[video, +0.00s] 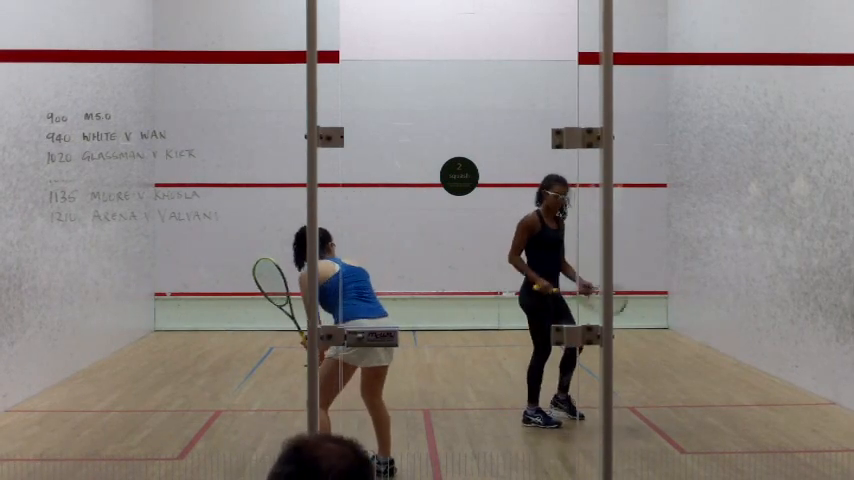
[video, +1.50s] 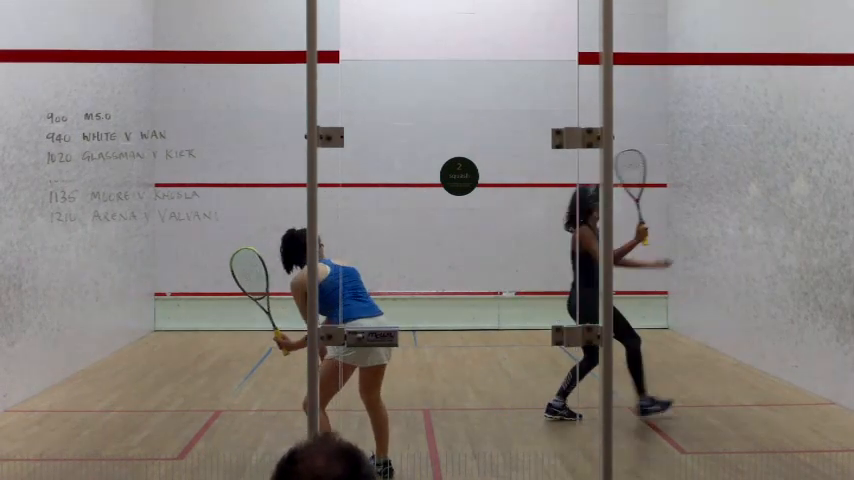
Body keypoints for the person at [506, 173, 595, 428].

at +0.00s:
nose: (563, 201)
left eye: (565, 196)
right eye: (560, 196)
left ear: (562, 198)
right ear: (545, 194)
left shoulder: (558, 222)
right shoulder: (530, 222)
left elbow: (557, 259)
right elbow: (513, 257)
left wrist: (578, 280)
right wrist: (537, 280)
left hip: (553, 293)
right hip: (533, 295)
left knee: (574, 341)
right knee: (542, 349)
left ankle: (562, 397)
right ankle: (532, 409)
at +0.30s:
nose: (569, 206)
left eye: (571, 201)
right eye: (568, 200)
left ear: (557, 199)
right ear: (554, 197)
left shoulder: (548, 221)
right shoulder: (536, 220)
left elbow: (549, 261)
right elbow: (527, 254)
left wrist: (578, 269)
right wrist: (558, 267)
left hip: (546, 294)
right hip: (535, 296)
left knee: (570, 342)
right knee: (542, 349)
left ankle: (560, 401)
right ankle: (532, 410)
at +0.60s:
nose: (574, 206)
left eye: (575, 202)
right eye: (572, 201)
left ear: (560, 200)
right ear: (559, 198)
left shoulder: (551, 222)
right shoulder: (541, 222)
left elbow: (552, 259)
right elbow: (530, 256)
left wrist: (581, 270)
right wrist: (540, 291)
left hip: (548, 293)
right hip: (536, 295)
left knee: (570, 342)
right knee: (543, 349)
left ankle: (560, 402)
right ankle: (532, 410)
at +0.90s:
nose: (578, 203)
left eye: (579, 199)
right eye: (576, 198)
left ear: (568, 198)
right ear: (564, 197)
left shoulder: (560, 221)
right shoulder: (546, 221)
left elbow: (555, 258)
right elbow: (531, 255)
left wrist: (579, 269)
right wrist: (560, 278)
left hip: (552, 292)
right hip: (540, 293)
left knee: (574, 343)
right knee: (548, 349)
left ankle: (559, 401)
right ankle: (532, 410)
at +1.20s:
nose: (587, 204)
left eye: (586, 200)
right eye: (583, 200)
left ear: (566, 200)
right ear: (572, 200)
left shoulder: (561, 226)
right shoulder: (566, 228)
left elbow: (568, 266)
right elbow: (572, 265)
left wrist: (594, 270)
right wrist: (607, 259)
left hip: (561, 294)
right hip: (564, 297)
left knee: (580, 350)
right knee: (580, 352)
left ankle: (556, 404)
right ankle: (542, 402)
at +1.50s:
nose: (599, 213)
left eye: (599, 208)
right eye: (595, 208)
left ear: (589, 210)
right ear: (586, 209)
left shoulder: (589, 232)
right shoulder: (583, 232)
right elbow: (607, 259)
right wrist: (635, 240)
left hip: (583, 302)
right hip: (590, 302)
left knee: (591, 358)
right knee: (632, 341)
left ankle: (557, 403)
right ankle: (644, 400)